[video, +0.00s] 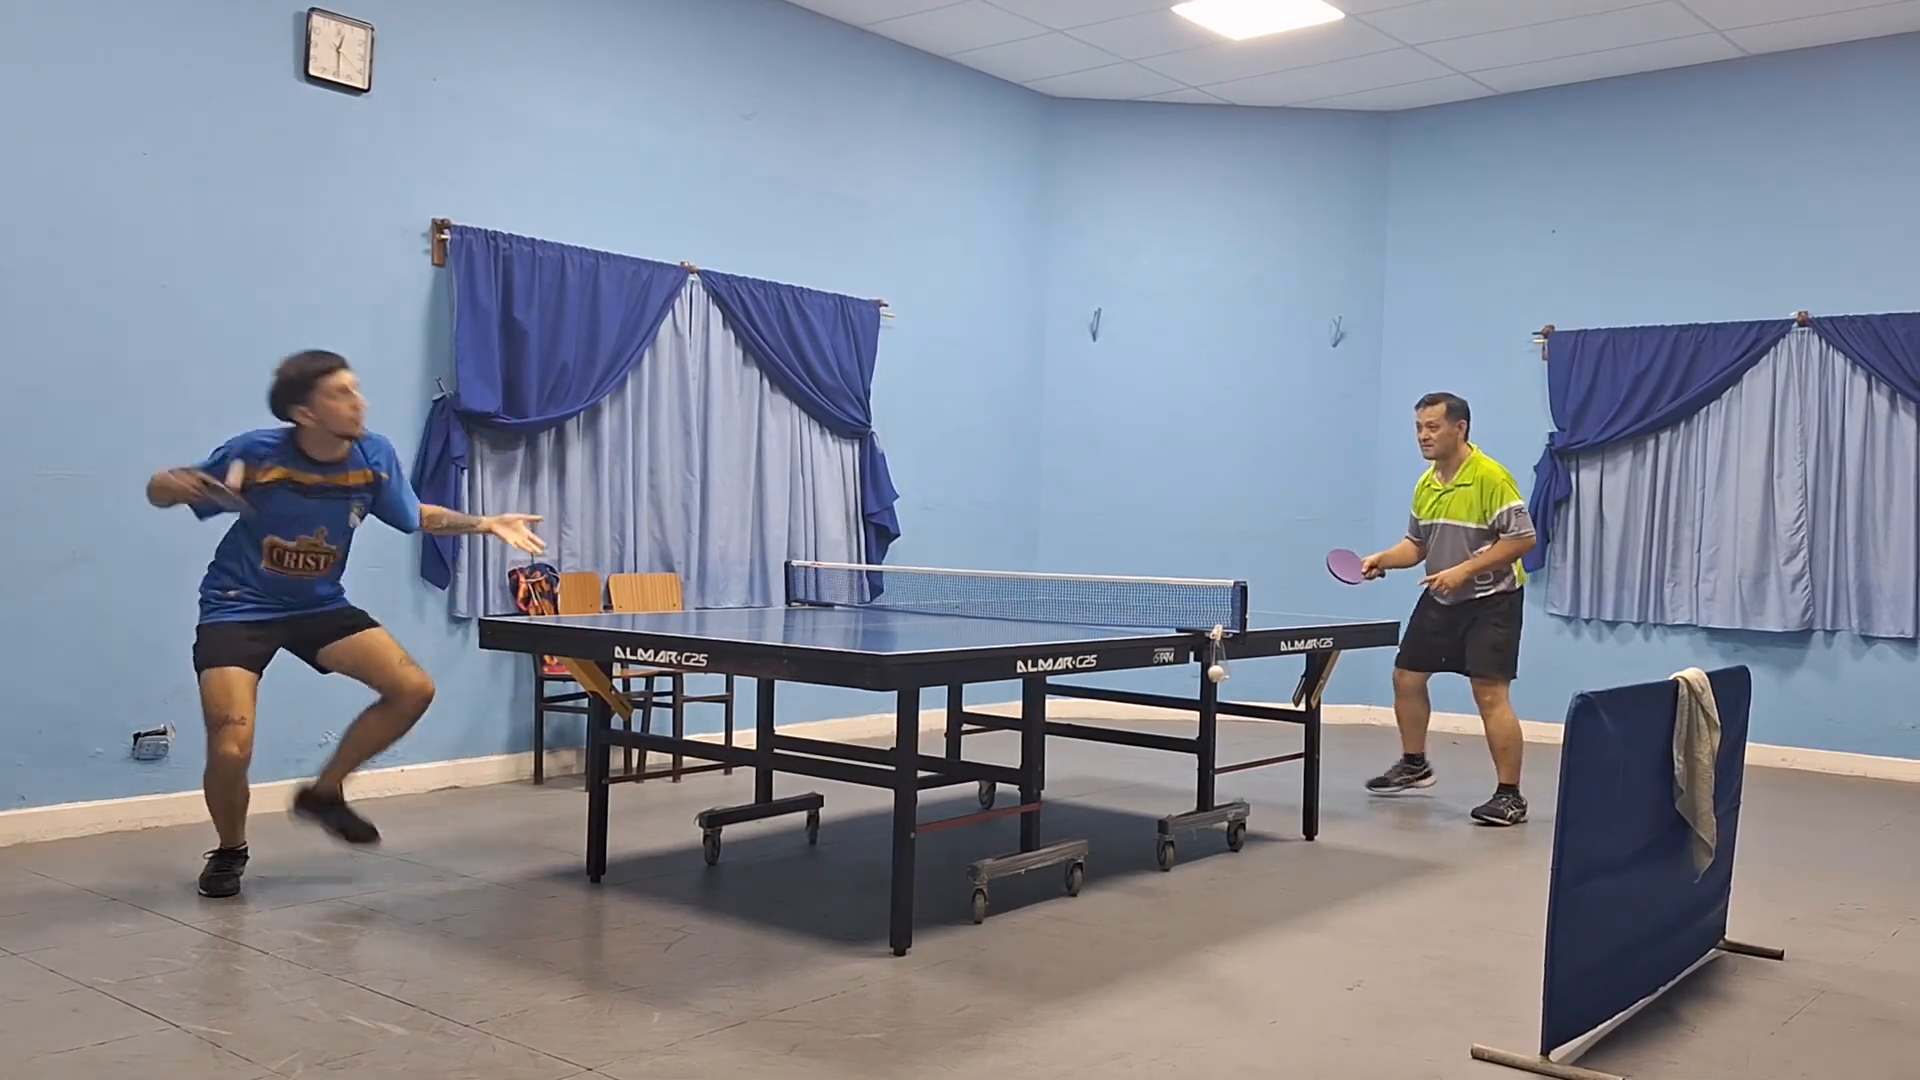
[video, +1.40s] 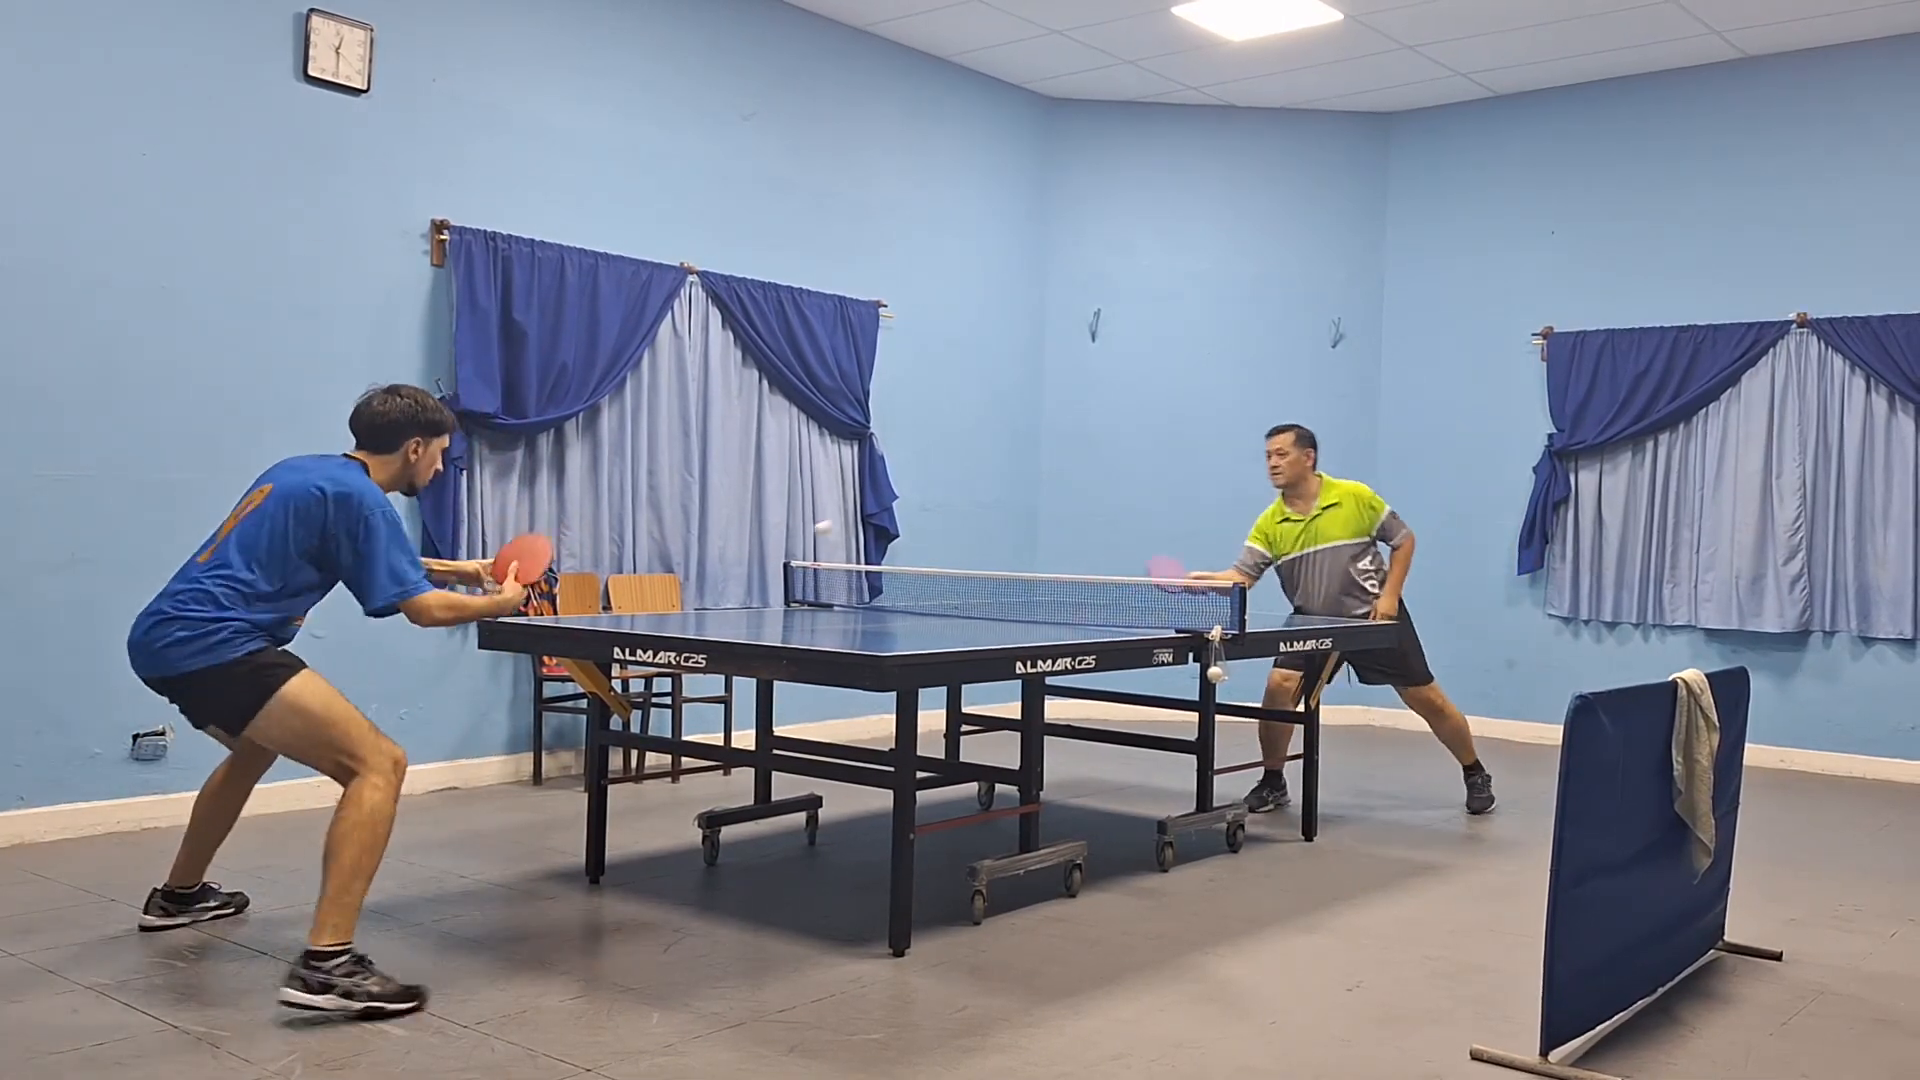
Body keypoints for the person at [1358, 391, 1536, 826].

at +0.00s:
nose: (1423, 435)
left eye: (1432, 427)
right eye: (1419, 428)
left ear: (1460, 428)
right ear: (1418, 433)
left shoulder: (1491, 477)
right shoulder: (1426, 485)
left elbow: (1522, 537)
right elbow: (1417, 544)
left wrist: (1465, 570)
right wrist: (1383, 560)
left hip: (1492, 603)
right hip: (1439, 601)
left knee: (1490, 693)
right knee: (1407, 678)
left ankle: (1509, 795)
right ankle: (1414, 764)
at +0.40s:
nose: (1392, 439)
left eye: (1400, 431)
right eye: (1389, 433)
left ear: (1430, 433)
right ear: (1389, 438)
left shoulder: (1467, 483)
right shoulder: (1390, 491)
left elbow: (1505, 540)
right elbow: (1365, 547)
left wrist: (1453, 579)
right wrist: (1325, 555)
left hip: (1461, 612)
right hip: (1404, 610)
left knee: (1470, 700)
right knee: (1361, 684)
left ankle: (1493, 793)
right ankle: (1370, 769)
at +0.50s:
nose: (1377, 442)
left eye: (1385, 433)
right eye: (1375, 435)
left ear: (1415, 434)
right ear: (1375, 440)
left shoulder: (1453, 484)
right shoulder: (1377, 493)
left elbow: (1493, 541)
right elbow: (1348, 548)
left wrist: (1446, 587)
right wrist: (1300, 558)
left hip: (1451, 613)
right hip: (1390, 611)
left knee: (1461, 703)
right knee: (1342, 685)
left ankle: (1491, 793)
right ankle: (1329, 772)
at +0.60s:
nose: (1351, 446)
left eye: (1358, 437)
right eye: (1348, 440)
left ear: (1386, 437)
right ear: (1353, 444)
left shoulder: (1428, 484)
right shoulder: (1354, 498)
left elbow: (1470, 539)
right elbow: (1324, 550)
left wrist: (1429, 590)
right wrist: (1267, 558)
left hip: (1433, 616)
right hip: (1373, 618)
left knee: (1453, 706)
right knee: (1331, 690)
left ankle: (1490, 794)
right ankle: (1289, 772)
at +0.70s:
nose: (1317, 455)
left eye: (1324, 446)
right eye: (1314, 448)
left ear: (1353, 444)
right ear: (1319, 452)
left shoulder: (1397, 488)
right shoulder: (1322, 506)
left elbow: (1441, 542)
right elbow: (1290, 557)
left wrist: (1410, 593)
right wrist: (1226, 561)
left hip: (1410, 621)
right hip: (1350, 626)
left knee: (1441, 706)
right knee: (1306, 696)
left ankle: (1488, 793)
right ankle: (1280, 782)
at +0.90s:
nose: (1255, 468)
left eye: (1261, 459)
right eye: (1253, 461)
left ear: (1290, 456)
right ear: (1275, 462)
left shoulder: (1344, 491)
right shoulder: (1267, 520)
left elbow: (1401, 532)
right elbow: (1229, 565)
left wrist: (1392, 592)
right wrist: (1169, 568)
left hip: (1374, 616)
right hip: (1314, 623)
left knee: (1422, 701)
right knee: (1277, 689)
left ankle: (1470, 787)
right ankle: (1276, 783)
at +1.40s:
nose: (1272, 462)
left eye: (1281, 454)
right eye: (1268, 456)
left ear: (1309, 458)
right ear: (1267, 464)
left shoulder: (1355, 498)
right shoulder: (1269, 524)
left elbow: (1404, 539)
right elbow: (1242, 575)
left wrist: (1390, 595)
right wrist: (1207, 581)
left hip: (1374, 617)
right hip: (1312, 625)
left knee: (1426, 700)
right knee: (1277, 689)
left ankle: (1474, 773)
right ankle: (1273, 783)